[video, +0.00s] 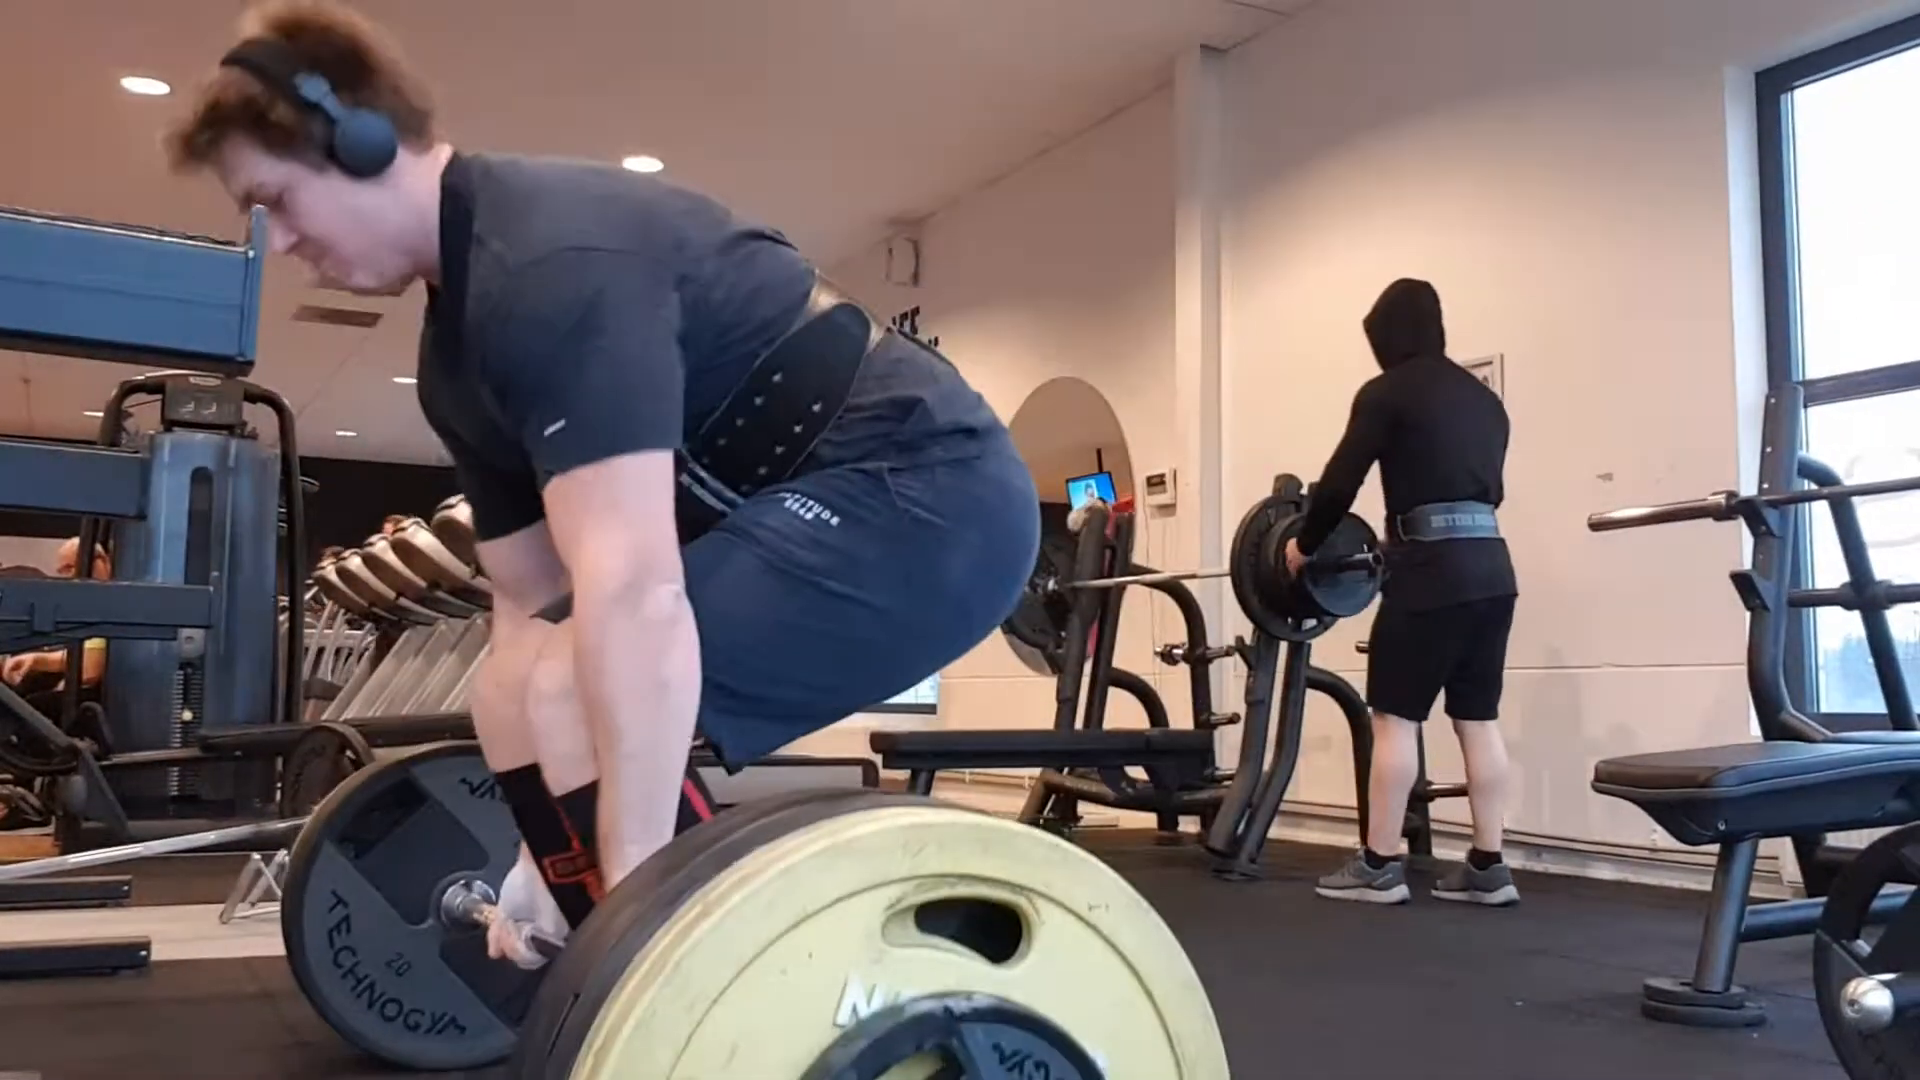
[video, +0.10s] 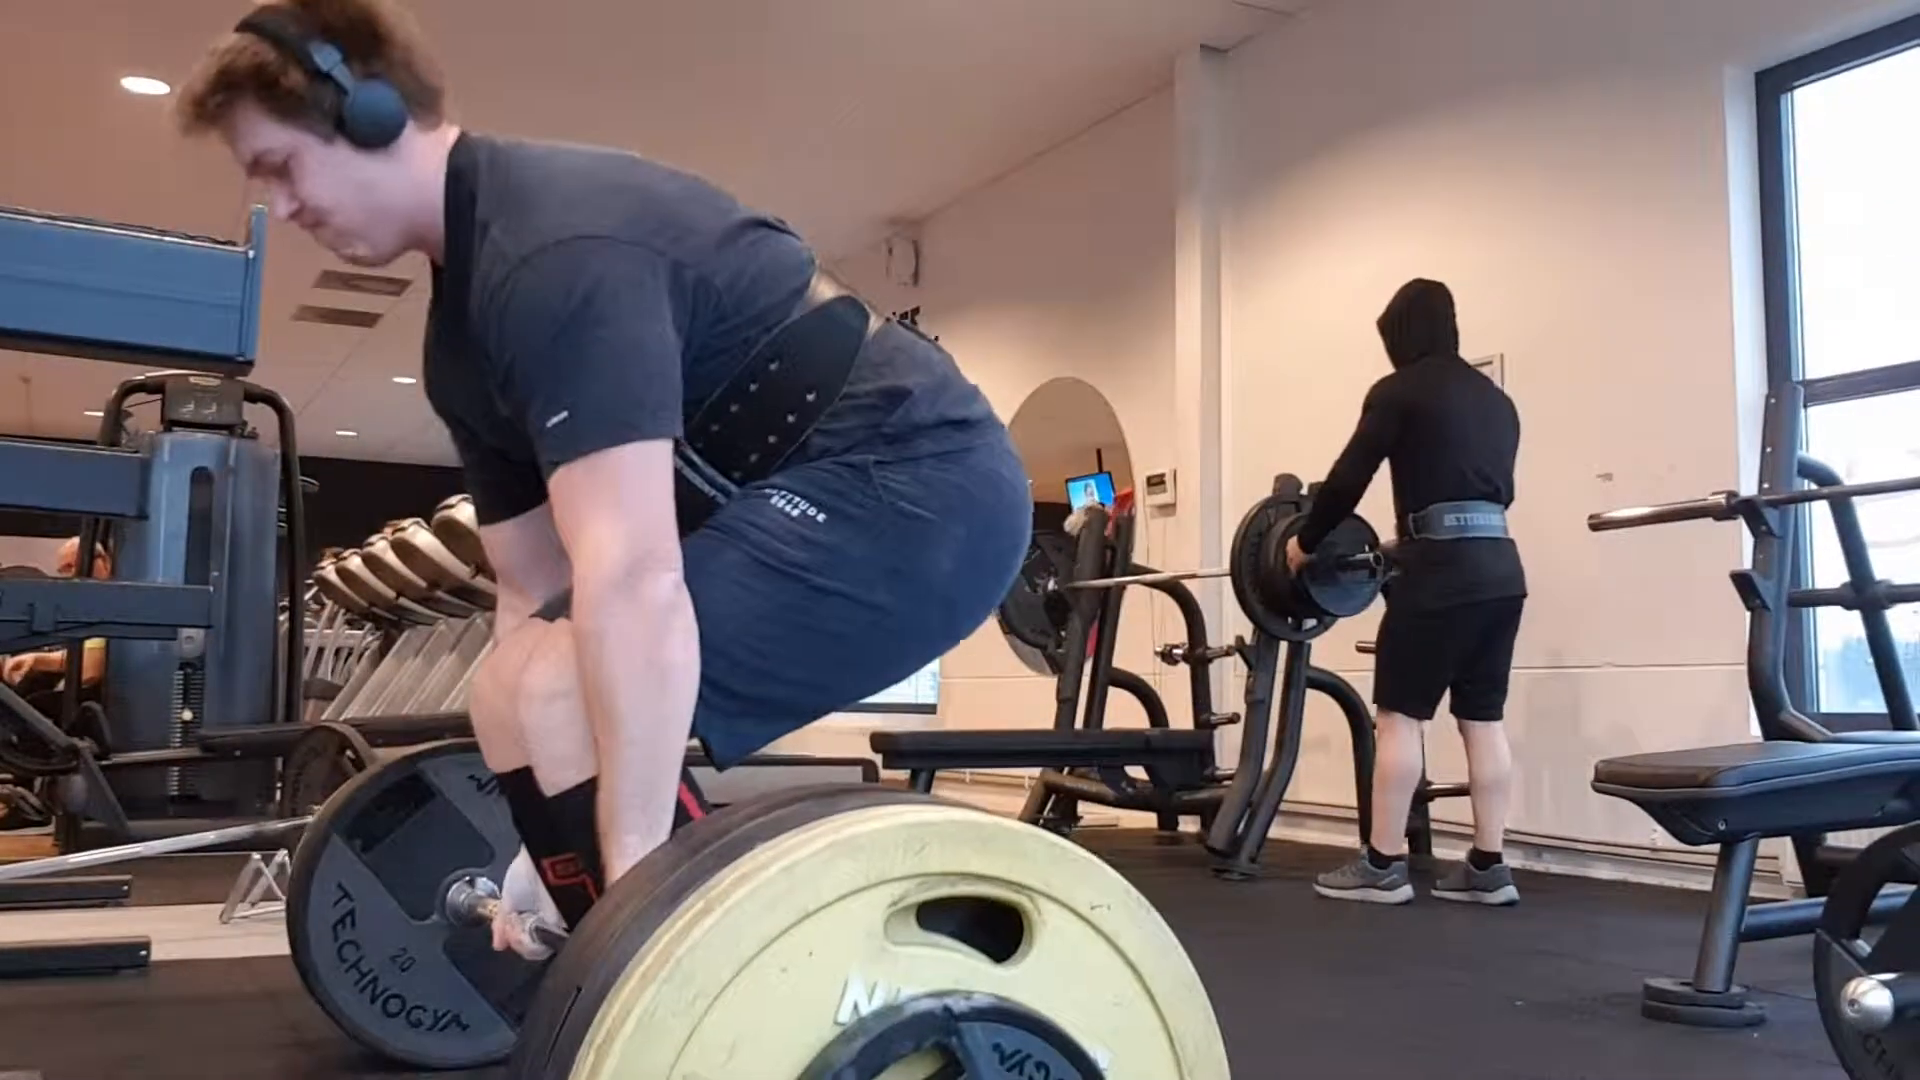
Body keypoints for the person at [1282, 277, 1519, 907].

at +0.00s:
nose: (1373, 347)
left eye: (1373, 337)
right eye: (1374, 337)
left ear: (1382, 335)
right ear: (1436, 329)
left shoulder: (1384, 394)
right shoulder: (1484, 398)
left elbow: (1338, 485)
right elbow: (1484, 494)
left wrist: (1304, 539)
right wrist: (1407, 536)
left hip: (1428, 574)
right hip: (1490, 571)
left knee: (1395, 718)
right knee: (1477, 717)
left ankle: (1381, 864)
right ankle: (1489, 865)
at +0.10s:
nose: (1387, 346)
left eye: (1387, 336)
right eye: (1388, 336)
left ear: (1397, 333)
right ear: (1450, 328)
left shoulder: (1396, 392)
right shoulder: (1496, 397)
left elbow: (1346, 482)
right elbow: (1493, 495)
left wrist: (1304, 536)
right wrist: (1411, 539)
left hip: (1435, 573)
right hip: (1500, 571)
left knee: (1399, 717)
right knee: (1483, 718)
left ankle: (1384, 864)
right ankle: (1489, 866)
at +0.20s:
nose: (1396, 345)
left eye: (1397, 335)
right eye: (1396, 336)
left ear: (1409, 331)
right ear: (1459, 327)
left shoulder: (1405, 390)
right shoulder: (1503, 395)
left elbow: (1352, 477)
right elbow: (1489, 498)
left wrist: (1307, 533)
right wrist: (1403, 543)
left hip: (1442, 571)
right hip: (1505, 570)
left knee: (1400, 715)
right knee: (1485, 718)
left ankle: (1398, 864)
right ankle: (1490, 866)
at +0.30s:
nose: (1400, 343)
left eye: (1401, 333)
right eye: (1400, 333)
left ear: (1413, 328)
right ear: (1464, 324)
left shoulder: (1408, 388)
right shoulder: (1507, 394)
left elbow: (1356, 476)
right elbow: (1492, 498)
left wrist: (1315, 535)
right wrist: (1411, 543)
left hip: (1445, 571)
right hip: (1506, 569)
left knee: (1405, 714)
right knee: (1484, 717)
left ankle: (1420, 866)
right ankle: (1490, 865)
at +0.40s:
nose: (1399, 341)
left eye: (1399, 331)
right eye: (1400, 331)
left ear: (1410, 327)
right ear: (1463, 322)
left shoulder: (1409, 387)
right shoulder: (1507, 395)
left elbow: (1360, 475)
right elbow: (1496, 494)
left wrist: (1325, 532)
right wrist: (1421, 539)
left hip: (1445, 569)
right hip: (1503, 568)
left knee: (1414, 711)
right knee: (1482, 716)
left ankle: (1446, 866)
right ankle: (1491, 867)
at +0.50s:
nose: (1390, 341)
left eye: (1391, 330)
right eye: (1391, 331)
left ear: (1400, 328)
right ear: (1455, 322)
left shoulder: (1403, 387)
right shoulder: (1501, 393)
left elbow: (1360, 474)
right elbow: (1508, 488)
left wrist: (1329, 530)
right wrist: (1430, 525)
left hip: (1444, 572)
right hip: (1500, 570)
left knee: (1427, 715)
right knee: (1482, 719)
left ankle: (1450, 871)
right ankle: (1491, 867)